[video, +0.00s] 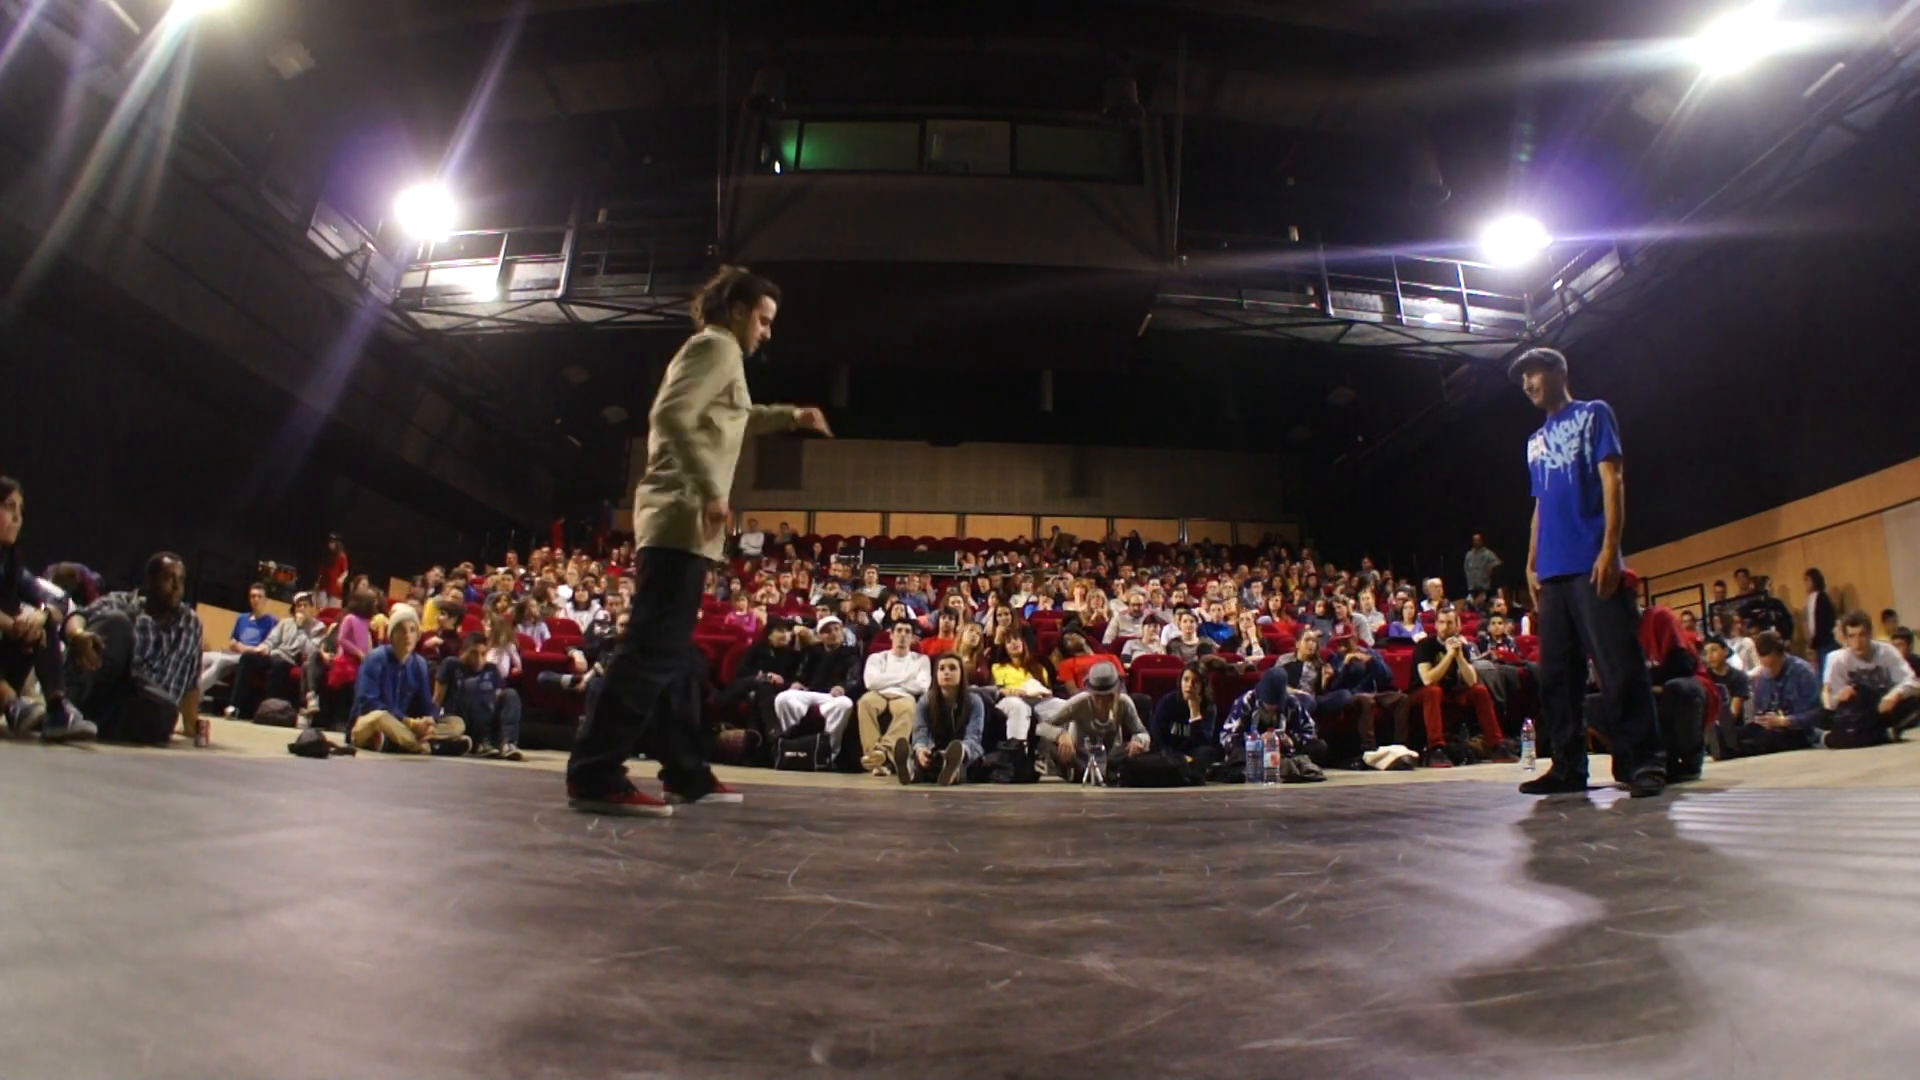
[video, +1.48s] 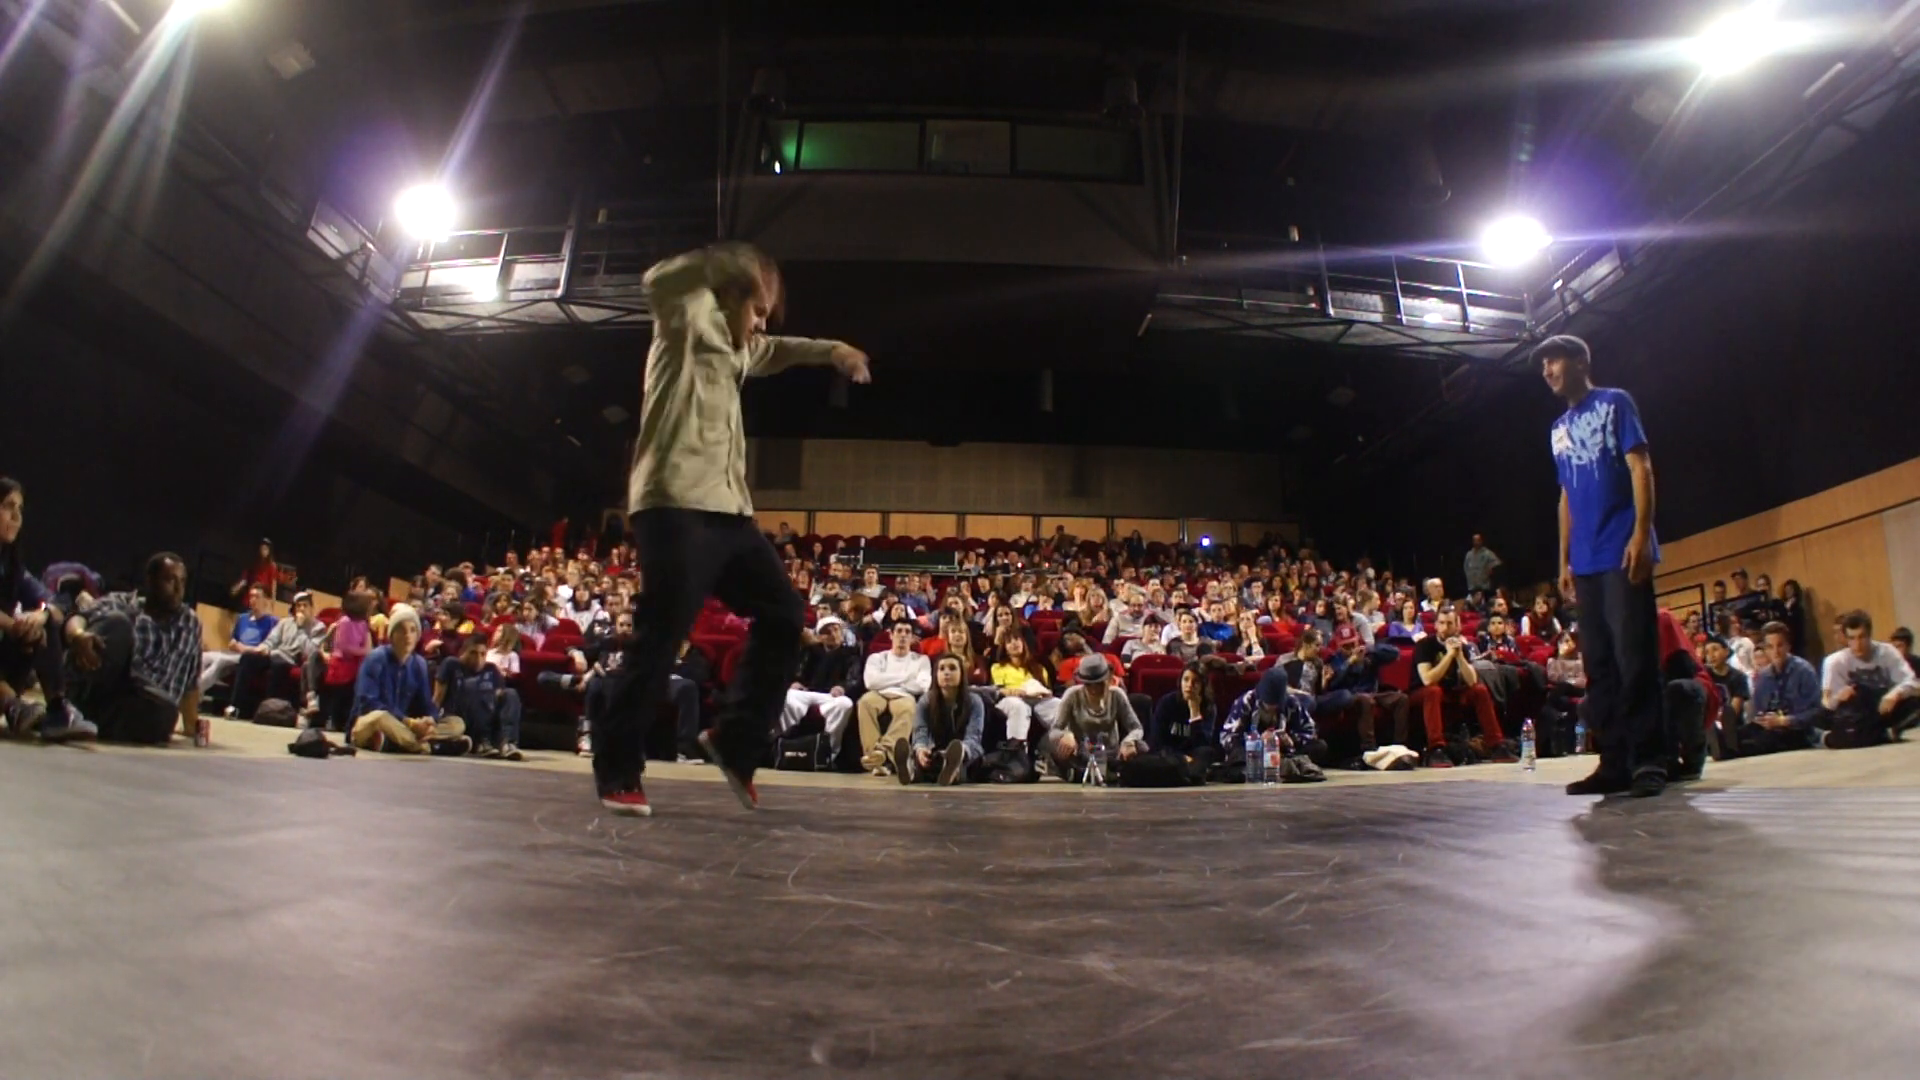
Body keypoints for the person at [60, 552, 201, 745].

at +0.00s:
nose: (176, 587)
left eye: (181, 580)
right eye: (169, 579)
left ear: (184, 585)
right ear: (151, 580)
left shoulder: (191, 623)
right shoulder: (122, 602)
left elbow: (190, 685)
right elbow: (78, 616)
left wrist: (191, 731)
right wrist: (76, 634)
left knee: (160, 719)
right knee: (116, 624)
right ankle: (64, 710)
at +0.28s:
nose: (177, 588)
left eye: (182, 582)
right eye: (169, 580)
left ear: (185, 586)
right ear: (152, 581)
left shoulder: (191, 624)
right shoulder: (122, 602)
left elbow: (190, 684)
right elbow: (77, 617)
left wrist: (191, 730)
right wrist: (77, 635)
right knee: (116, 624)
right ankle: (67, 710)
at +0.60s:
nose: (176, 588)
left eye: (181, 581)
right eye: (169, 580)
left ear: (184, 586)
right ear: (151, 580)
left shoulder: (191, 623)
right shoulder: (122, 602)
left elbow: (190, 684)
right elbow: (79, 616)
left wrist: (191, 730)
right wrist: (76, 634)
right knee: (117, 624)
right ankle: (71, 710)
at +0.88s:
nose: (178, 589)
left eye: (183, 583)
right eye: (170, 581)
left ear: (187, 586)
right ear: (152, 582)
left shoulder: (191, 624)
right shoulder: (123, 602)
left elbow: (190, 684)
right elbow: (78, 617)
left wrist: (191, 730)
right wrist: (76, 635)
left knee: (159, 720)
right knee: (117, 625)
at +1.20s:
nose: (178, 589)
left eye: (182, 582)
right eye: (170, 581)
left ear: (186, 585)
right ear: (151, 581)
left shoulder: (191, 624)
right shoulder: (123, 603)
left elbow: (190, 685)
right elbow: (76, 617)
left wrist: (191, 731)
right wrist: (77, 635)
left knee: (159, 719)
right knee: (116, 624)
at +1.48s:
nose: (178, 589)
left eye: (182, 582)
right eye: (170, 580)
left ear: (186, 585)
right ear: (151, 581)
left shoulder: (191, 623)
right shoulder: (122, 603)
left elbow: (190, 685)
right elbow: (77, 619)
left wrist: (191, 731)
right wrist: (78, 635)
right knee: (116, 625)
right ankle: (68, 710)